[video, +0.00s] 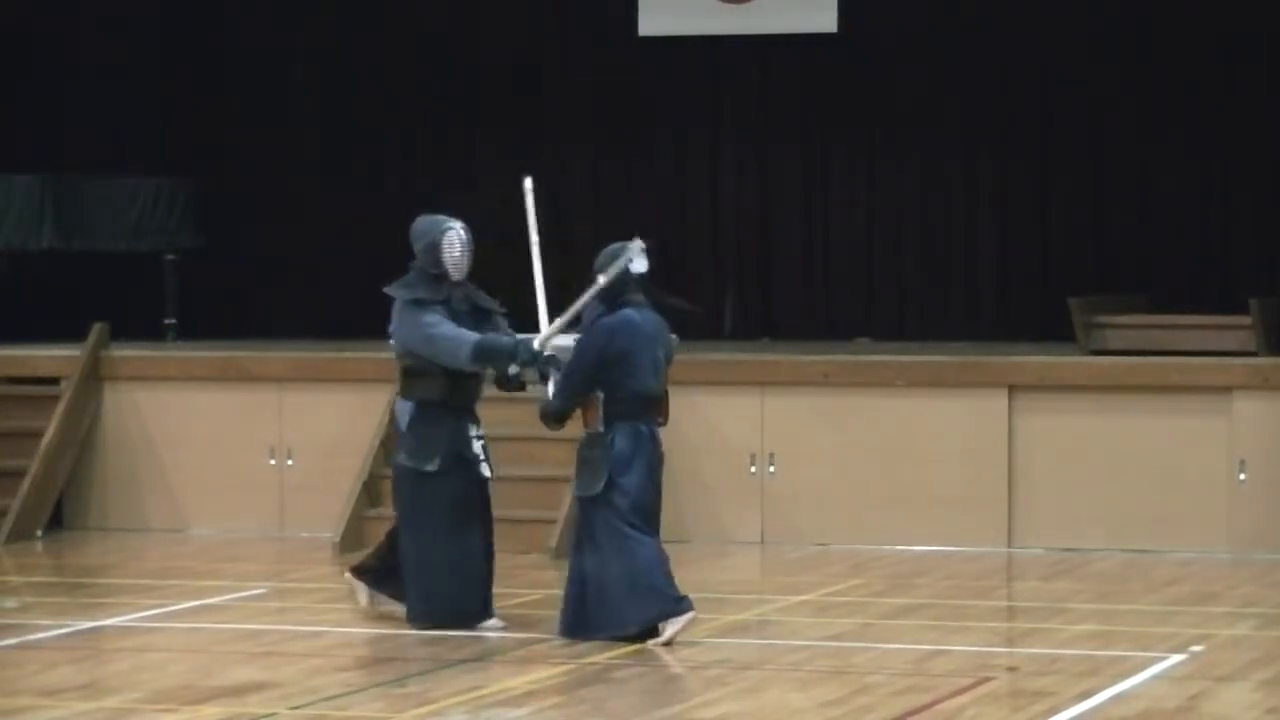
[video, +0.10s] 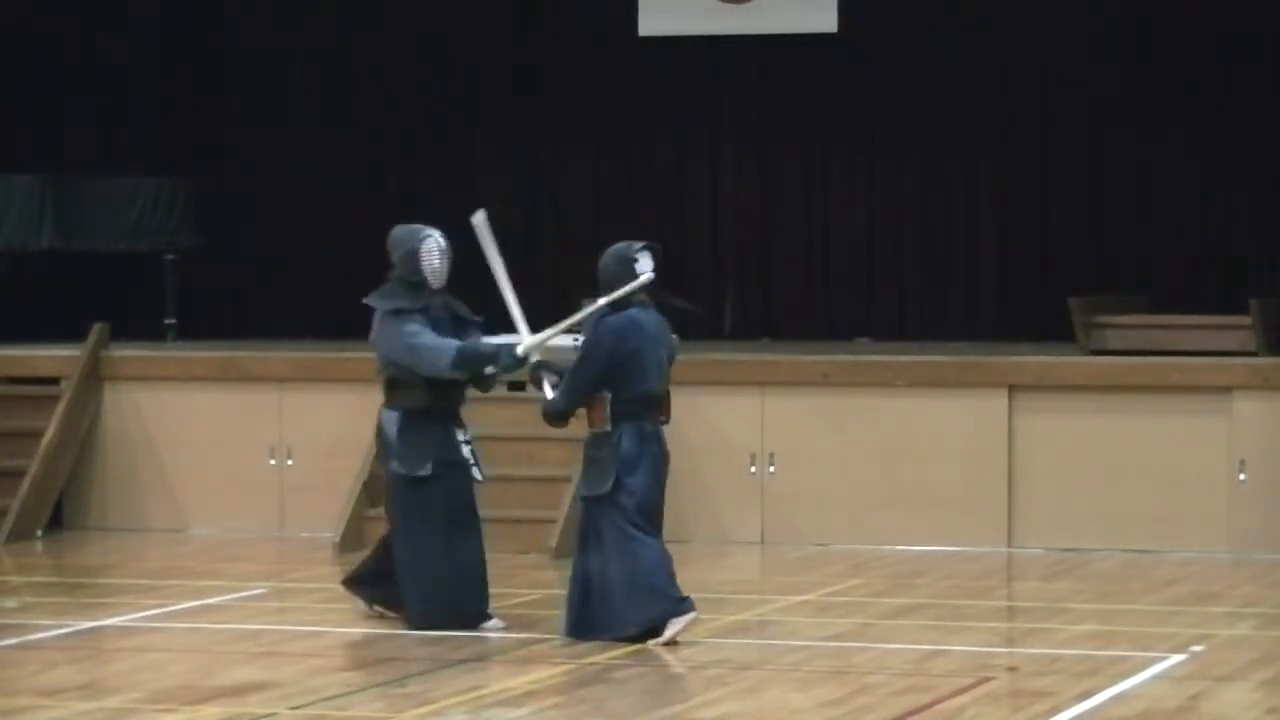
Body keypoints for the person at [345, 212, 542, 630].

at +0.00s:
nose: (459, 256)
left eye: (462, 247)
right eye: (449, 248)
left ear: (468, 251)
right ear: (427, 253)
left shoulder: (472, 301)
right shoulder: (413, 310)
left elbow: (500, 361)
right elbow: (463, 348)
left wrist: (537, 363)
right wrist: (533, 346)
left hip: (462, 418)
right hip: (426, 419)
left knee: (469, 511)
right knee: (436, 512)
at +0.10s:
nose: (439, 265)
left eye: (441, 256)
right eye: (430, 258)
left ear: (444, 258)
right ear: (408, 262)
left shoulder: (444, 308)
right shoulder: (394, 319)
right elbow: (443, 356)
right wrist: (516, 350)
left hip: (444, 422)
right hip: (412, 425)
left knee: (451, 511)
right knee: (430, 515)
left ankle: (377, 582)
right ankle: (454, 612)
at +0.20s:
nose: (412, 266)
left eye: (415, 256)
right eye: (402, 258)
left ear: (419, 259)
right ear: (380, 262)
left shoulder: (419, 308)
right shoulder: (367, 319)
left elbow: (452, 342)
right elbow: (410, 359)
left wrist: (485, 362)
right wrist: (462, 369)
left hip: (421, 420)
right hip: (385, 423)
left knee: (431, 511)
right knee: (425, 515)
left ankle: (369, 586)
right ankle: (458, 608)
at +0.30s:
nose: (387, 263)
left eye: (392, 253)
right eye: (378, 254)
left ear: (397, 257)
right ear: (357, 258)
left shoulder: (398, 311)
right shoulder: (342, 317)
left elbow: (424, 351)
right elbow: (379, 356)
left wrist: (442, 374)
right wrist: (430, 371)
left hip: (395, 417)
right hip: (358, 420)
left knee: (391, 511)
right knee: (404, 510)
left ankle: (355, 594)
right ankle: (431, 602)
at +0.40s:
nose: (366, 259)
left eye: (369, 250)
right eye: (357, 251)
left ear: (373, 253)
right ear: (335, 255)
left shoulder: (369, 304)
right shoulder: (318, 313)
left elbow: (394, 344)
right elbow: (355, 352)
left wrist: (422, 362)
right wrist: (408, 370)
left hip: (368, 414)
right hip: (333, 416)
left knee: (386, 504)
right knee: (354, 508)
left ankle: (394, 597)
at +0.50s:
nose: (345, 256)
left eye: (347, 247)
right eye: (336, 248)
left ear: (349, 250)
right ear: (313, 251)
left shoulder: (345, 302)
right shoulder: (296, 309)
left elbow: (370, 346)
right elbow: (339, 351)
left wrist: (405, 363)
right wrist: (401, 369)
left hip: (343, 411)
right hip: (306, 412)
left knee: (364, 501)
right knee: (320, 501)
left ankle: (357, 593)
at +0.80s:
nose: (286, 250)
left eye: (287, 241)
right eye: (278, 242)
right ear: (257, 245)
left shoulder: (270, 292)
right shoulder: (236, 299)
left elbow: (283, 339)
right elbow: (285, 335)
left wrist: (311, 360)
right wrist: (342, 354)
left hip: (260, 408)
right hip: (230, 407)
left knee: (266, 499)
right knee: (227, 498)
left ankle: (247, 586)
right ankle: (217, 594)